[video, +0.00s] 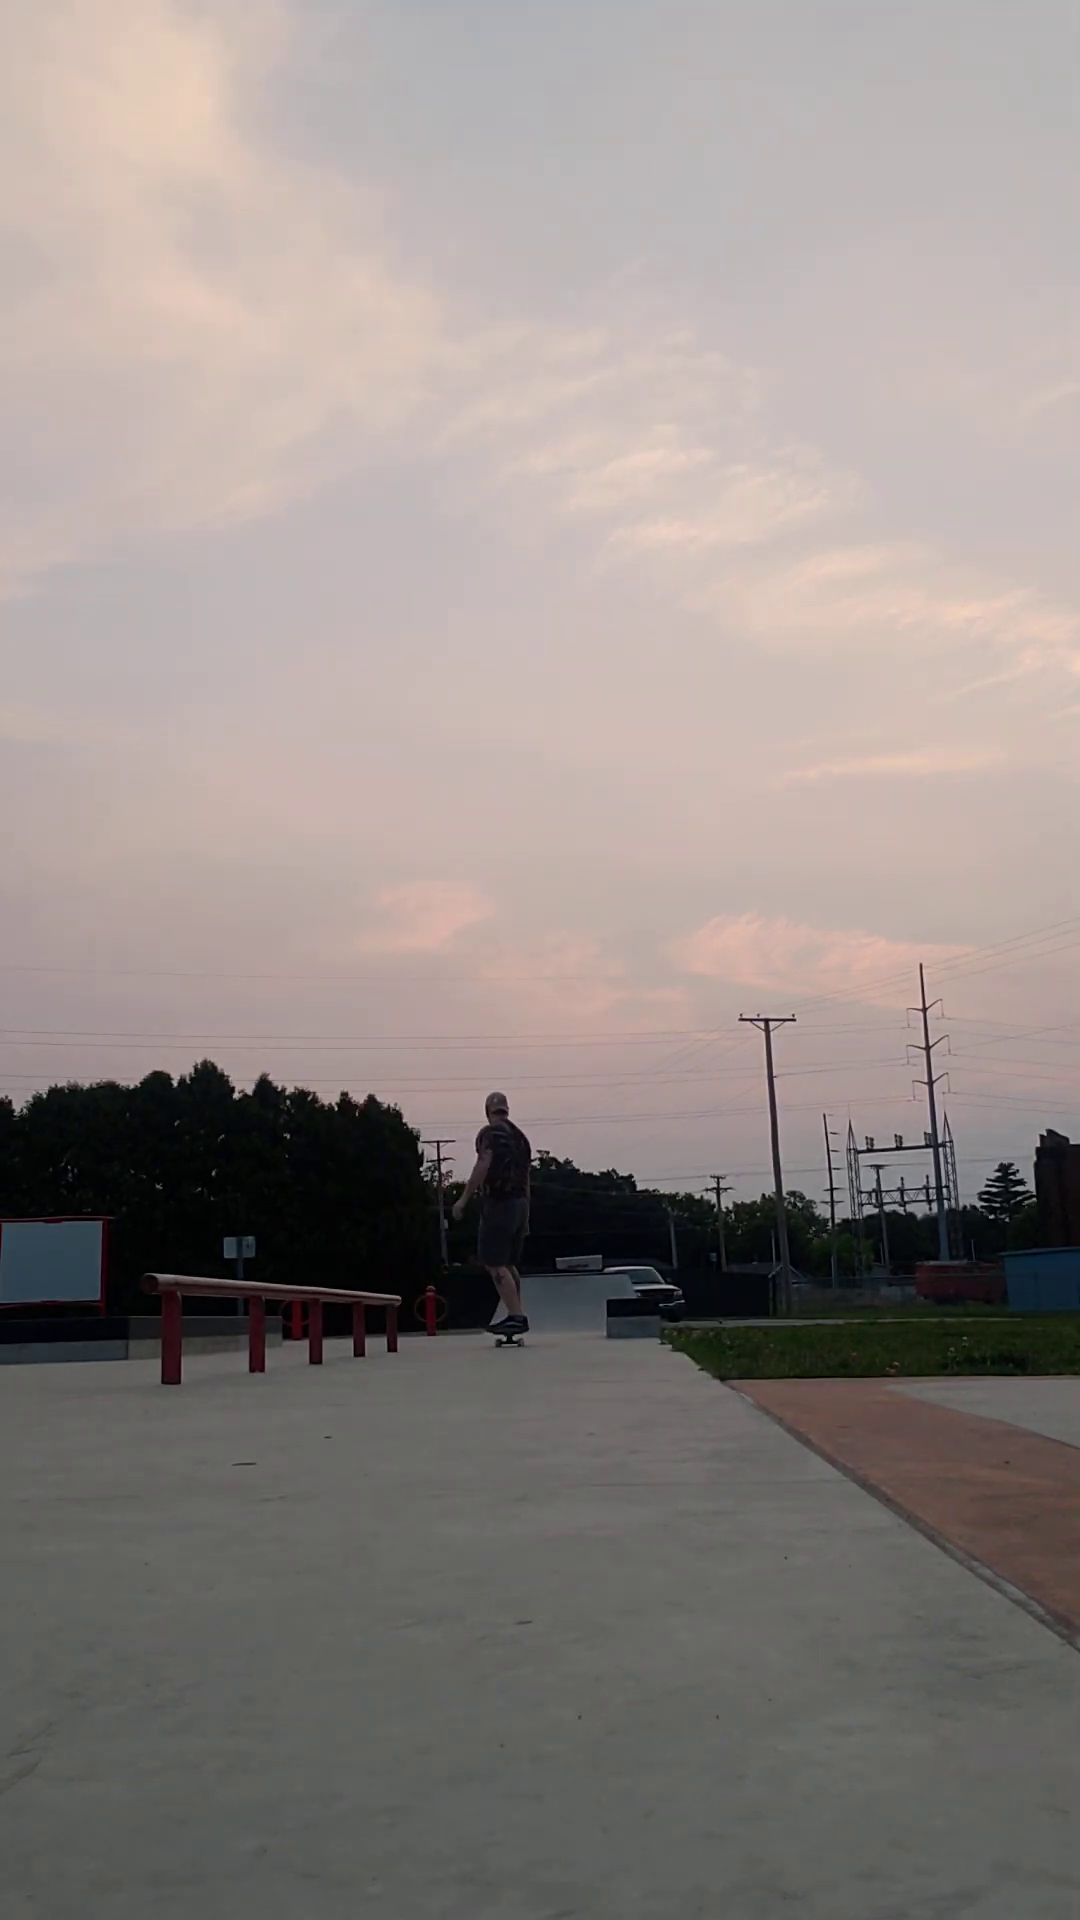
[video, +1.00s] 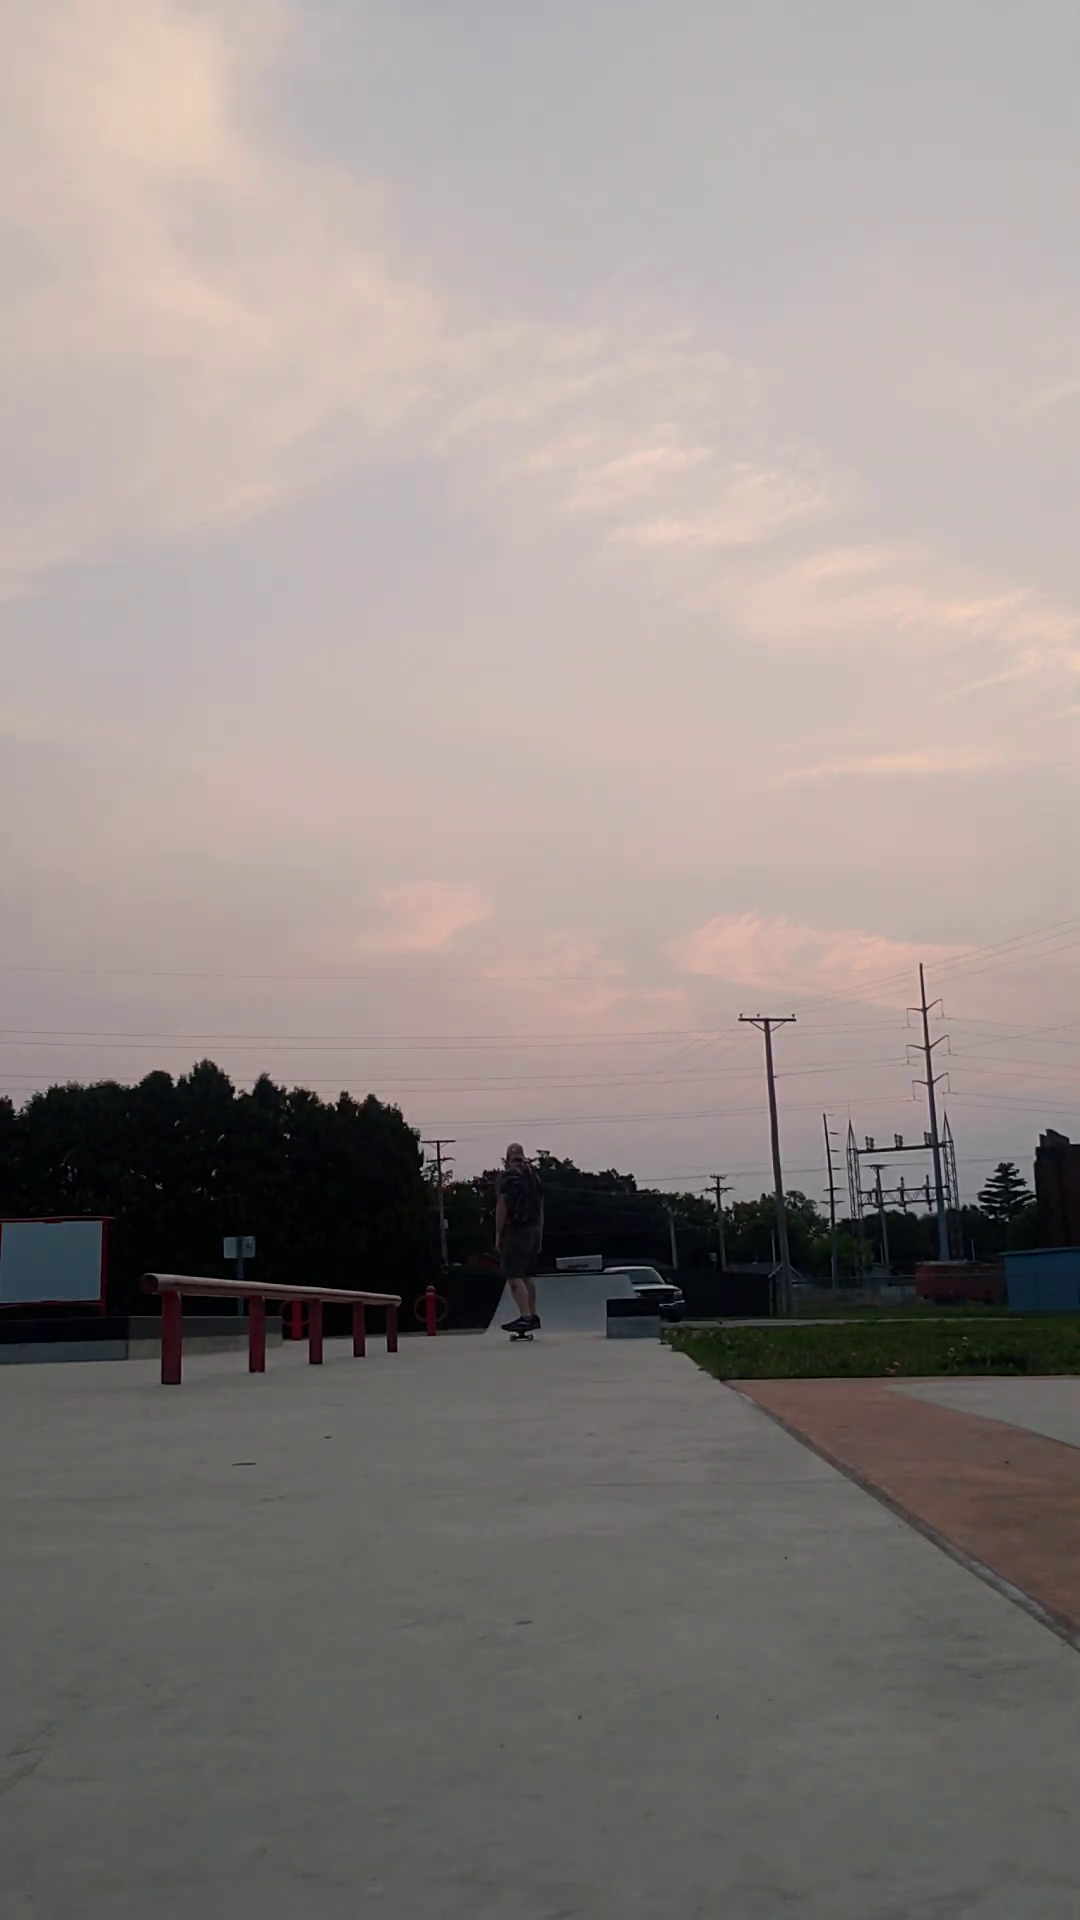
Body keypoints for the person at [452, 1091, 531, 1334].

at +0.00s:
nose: (489, 1115)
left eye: (488, 1111)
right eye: (496, 1110)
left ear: (487, 1111)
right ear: (508, 1110)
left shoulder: (488, 1133)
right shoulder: (521, 1138)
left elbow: (483, 1165)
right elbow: (525, 1181)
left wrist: (464, 1199)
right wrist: (525, 1217)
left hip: (498, 1205)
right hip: (519, 1206)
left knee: (494, 1261)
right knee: (508, 1263)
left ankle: (516, 1316)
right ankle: (516, 1315)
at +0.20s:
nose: (497, 1127)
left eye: (494, 1124)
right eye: (502, 1124)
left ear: (491, 1124)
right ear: (510, 1123)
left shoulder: (489, 1145)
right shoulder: (523, 1147)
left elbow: (485, 1180)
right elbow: (525, 1182)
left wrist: (478, 1211)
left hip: (502, 1211)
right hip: (524, 1210)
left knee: (501, 1266)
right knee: (515, 1266)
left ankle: (518, 1315)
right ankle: (523, 1315)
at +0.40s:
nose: (500, 1139)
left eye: (498, 1135)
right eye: (505, 1135)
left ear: (495, 1135)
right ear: (514, 1134)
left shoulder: (493, 1156)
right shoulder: (525, 1156)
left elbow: (484, 1188)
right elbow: (529, 1188)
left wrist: (476, 1218)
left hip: (506, 1217)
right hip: (527, 1216)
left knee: (506, 1269)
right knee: (519, 1269)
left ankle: (524, 1315)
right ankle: (529, 1315)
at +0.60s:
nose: (503, 1147)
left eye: (502, 1144)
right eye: (507, 1144)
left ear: (499, 1144)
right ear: (516, 1143)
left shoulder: (497, 1164)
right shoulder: (526, 1163)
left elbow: (490, 1193)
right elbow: (529, 1193)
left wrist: (481, 1221)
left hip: (510, 1221)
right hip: (529, 1220)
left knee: (507, 1270)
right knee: (519, 1271)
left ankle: (523, 1316)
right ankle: (528, 1315)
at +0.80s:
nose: (510, 1156)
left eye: (507, 1153)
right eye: (512, 1153)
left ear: (503, 1153)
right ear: (520, 1152)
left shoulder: (502, 1173)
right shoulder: (531, 1172)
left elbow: (496, 1205)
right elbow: (537, 1206)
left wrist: (491, 1231)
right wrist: (537, 1233)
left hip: (512, 1228)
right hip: (531, 1227)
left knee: (510, 1274)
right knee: (522, 1274)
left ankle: (522, 1316)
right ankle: (527, 1316)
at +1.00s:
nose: (514, 1159)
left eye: (511, 1155)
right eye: (517, 1155)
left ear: (507, 1157)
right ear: (524, 1157)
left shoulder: (506, 1176)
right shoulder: (533, 1176)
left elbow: (502, 1207)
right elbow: (539, 1207)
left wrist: (498, 1234)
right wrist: (539, 1234)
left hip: (515, 1231)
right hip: (533, 1231)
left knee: (514, 1276)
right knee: (526, 1275)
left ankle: (525, 1315)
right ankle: (532, 1315)